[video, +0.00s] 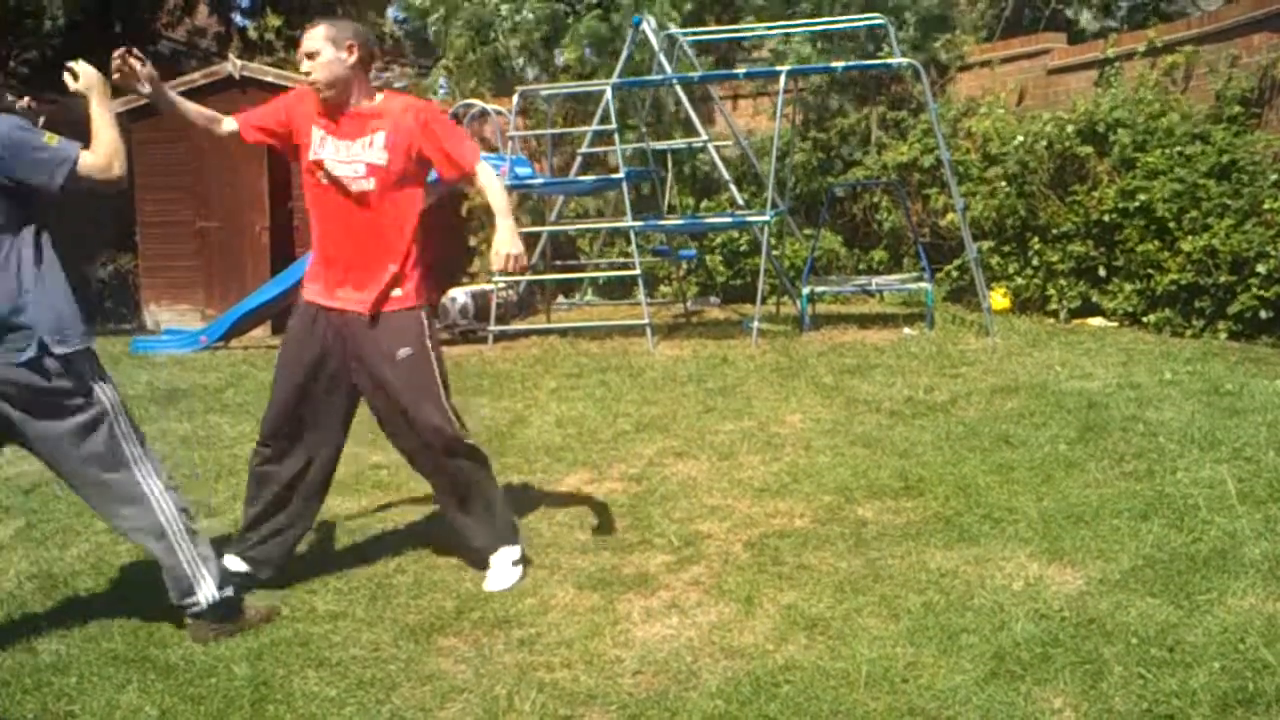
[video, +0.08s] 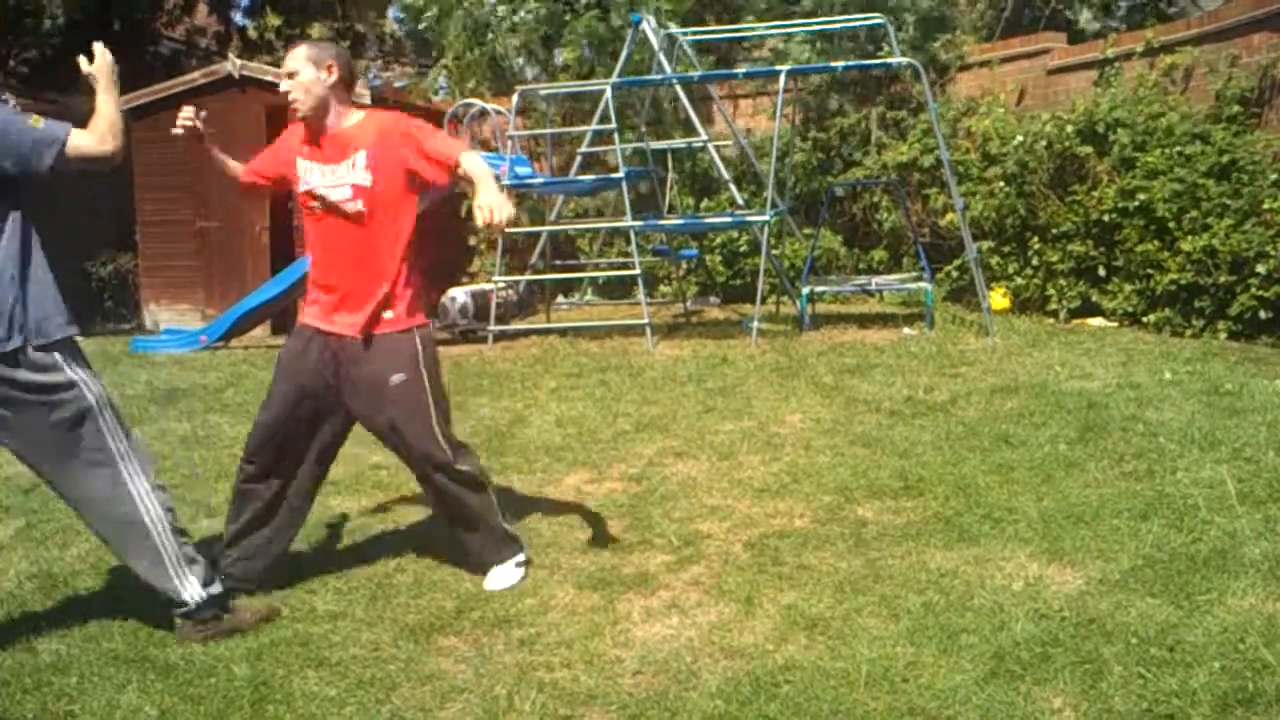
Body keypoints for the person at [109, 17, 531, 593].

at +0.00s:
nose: (304, 67)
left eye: (313, 56)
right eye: (301, 58)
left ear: (351, 55)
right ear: (309, 62)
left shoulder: (409, 115)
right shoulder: (300, 108)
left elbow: (481, 167)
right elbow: (224, 128)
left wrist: (507, 227)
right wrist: (158, 92)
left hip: (391, 308)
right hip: (320, 304)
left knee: (433, 434)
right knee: (286, 433)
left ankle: (500, 543)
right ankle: (257, 556)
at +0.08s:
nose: (283, 88)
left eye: (292, 76)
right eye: (282, 78)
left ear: (329, 75)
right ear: (313, 78)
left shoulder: (391, 130)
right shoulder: (295, 143)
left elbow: (462, 156)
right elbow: (245, 178)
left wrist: (489, 188)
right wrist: (203, 143)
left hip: (391, 331)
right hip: (318, 330)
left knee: (432, 454)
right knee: (270, 451)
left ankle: (500, 551)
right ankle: (238, 569)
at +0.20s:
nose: (236, 104)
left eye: (244, 93)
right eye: (236, 94)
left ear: (276, 94)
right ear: (268, 96)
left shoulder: (311, 125)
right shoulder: (285, 150)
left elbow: (358, 135)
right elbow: (318, 227)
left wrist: (347, 97)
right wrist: (284, 279)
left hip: (338, 327)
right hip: (294, 331)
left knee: (392, 450)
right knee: (245, 443)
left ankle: (489, 535)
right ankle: (230, 568)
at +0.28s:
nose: (220, 117)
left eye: (228, 105)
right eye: (219, 107)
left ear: (254, 108)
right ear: (235, 117)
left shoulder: (276, 141)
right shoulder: (308, 158)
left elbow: (268, 101)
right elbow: (360, 232)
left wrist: (223, 55)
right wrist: (304, 309)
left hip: (317, 330)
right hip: (297, 331)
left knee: (359, 462)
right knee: (240, 455)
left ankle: (469, 538)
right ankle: (226, 581)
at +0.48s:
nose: (184, 125)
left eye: (190, 116)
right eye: (182, 118)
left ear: (218, 118)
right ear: (242, 122)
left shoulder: (229, 144)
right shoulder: (287, 171)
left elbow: (198, 128)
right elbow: (348, 224)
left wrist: (114, 98)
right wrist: (408, 273)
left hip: (279, 332)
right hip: (257, 341)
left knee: (313, 462)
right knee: (202, 453)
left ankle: (458, 532)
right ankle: (218, 582)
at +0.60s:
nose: (176, 91)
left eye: (187, 78)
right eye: (177, 80)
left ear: (225, 85)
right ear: (218, 88)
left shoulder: (247, 118)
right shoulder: (220, 141)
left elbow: (252, 162)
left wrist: (156, 165)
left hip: (277, 320)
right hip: (232, 327)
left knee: (303, 463)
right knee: (202, 459)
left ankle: (424, 526)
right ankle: (217, 581)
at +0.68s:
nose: (199, 74)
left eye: (210, 65)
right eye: (199, 65)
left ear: (249, 73)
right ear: (231, 74)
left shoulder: (287, 122)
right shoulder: (223, 135)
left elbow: (319, 206)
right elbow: (198, 183)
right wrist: (150, 197)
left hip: (283, 325)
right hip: (228, 326)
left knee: (305, 467)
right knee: (201, 454)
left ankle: (390, 584)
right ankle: (220, 579)